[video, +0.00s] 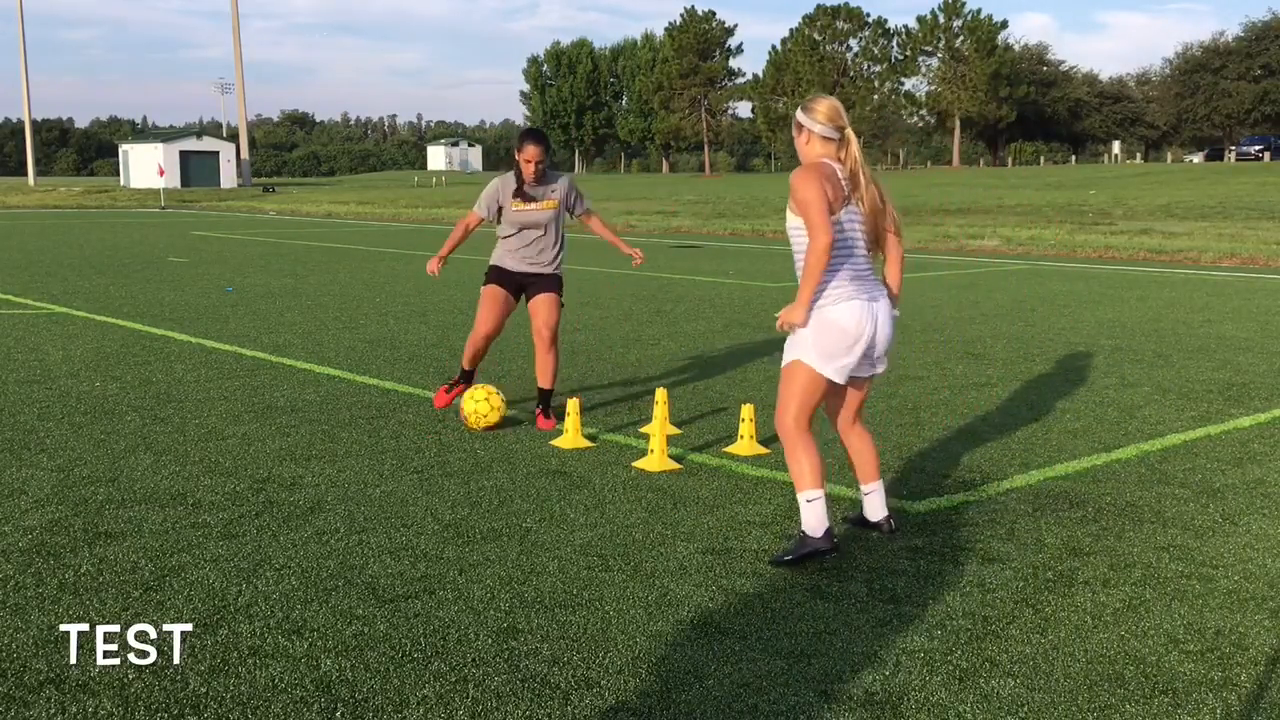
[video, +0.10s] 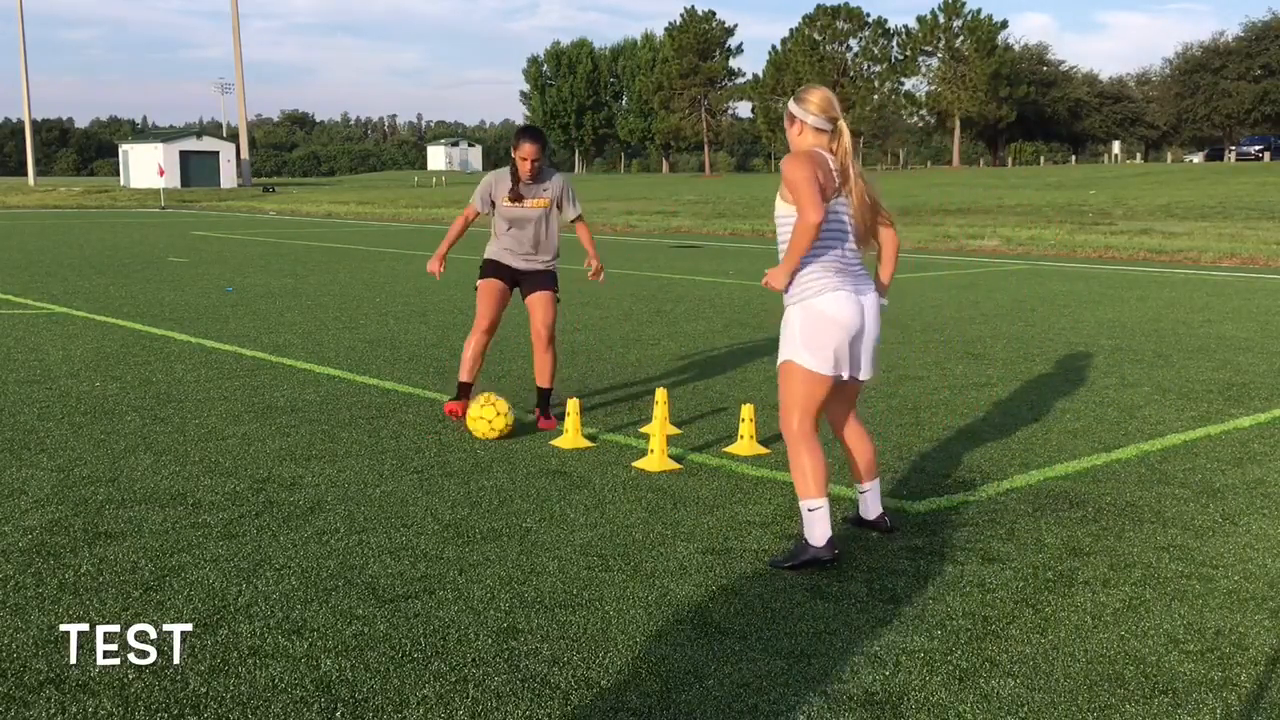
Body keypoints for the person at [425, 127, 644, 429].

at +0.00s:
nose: (533, 169)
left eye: (539, 162)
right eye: (528, 161)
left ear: (547, 159)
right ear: (517, 157)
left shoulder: (562, 186)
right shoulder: (501, 187)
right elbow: (470, 222)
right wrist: (442, 255)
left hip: (546, 272)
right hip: (505, 268)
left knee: (547, 335)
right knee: (484, 331)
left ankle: (544, 408)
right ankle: (463, 380)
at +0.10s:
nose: (529, 167)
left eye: (535, 160)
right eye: (524, 159)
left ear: (544, 156)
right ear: (513, 154)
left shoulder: (557, 183)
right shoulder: (494, 180)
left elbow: (577, 220)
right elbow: (467, 217)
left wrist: (593, 254)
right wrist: (440, 252)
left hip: (540, 266)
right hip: (499, 261)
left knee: (545, 333)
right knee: (484, 325)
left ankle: (544, 409)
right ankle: (462, 398)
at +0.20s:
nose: (528, 155)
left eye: (533, 149)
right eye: (522, 148)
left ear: (540, 145)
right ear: (510, 143)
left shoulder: (551, 174)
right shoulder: (489, 170)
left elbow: (561, 217)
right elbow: (464, 202)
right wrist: (442, 241)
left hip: (530, 260)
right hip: (490, 254)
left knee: (541, 329)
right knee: (485, 325)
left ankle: (543, 408)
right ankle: (459, 403)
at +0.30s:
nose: (524, 154)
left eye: (530, 148)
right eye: (519, 147)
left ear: (535, 147)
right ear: (505, 144)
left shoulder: (538, 178)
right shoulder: (480, 172)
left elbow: (539, 219)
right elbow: (452, 205)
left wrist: (533, 229)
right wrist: (439, 249)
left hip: (520, 262)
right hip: (481, 260)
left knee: (549, 325)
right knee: (475, 337)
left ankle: (546, 402)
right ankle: (440, 406)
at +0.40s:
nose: (520, 160)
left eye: (525, 154)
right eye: (515, 153)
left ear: (530, 156)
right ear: (500, 152)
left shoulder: (532, 190)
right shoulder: (476, 183)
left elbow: (530, 229)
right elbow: (445, 221)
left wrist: (530, 252)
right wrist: (435, 270)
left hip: (514, 274)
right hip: (476, 271)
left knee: (550, 329)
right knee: (473, 342)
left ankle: (536, 388)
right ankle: (438, 408)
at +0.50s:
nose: (521, 157)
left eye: (526, 150)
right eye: (516, 149)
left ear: (531, 152)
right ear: (501, 149)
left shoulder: (536, 186)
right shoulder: (480, 181)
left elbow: (537, 223)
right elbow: (454, 222)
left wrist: (540, 247)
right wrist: (448, 263)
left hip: (518, 273)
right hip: (480, 271)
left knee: (545, 337)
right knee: (472, 339)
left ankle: (525, 387)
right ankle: (437, 408)